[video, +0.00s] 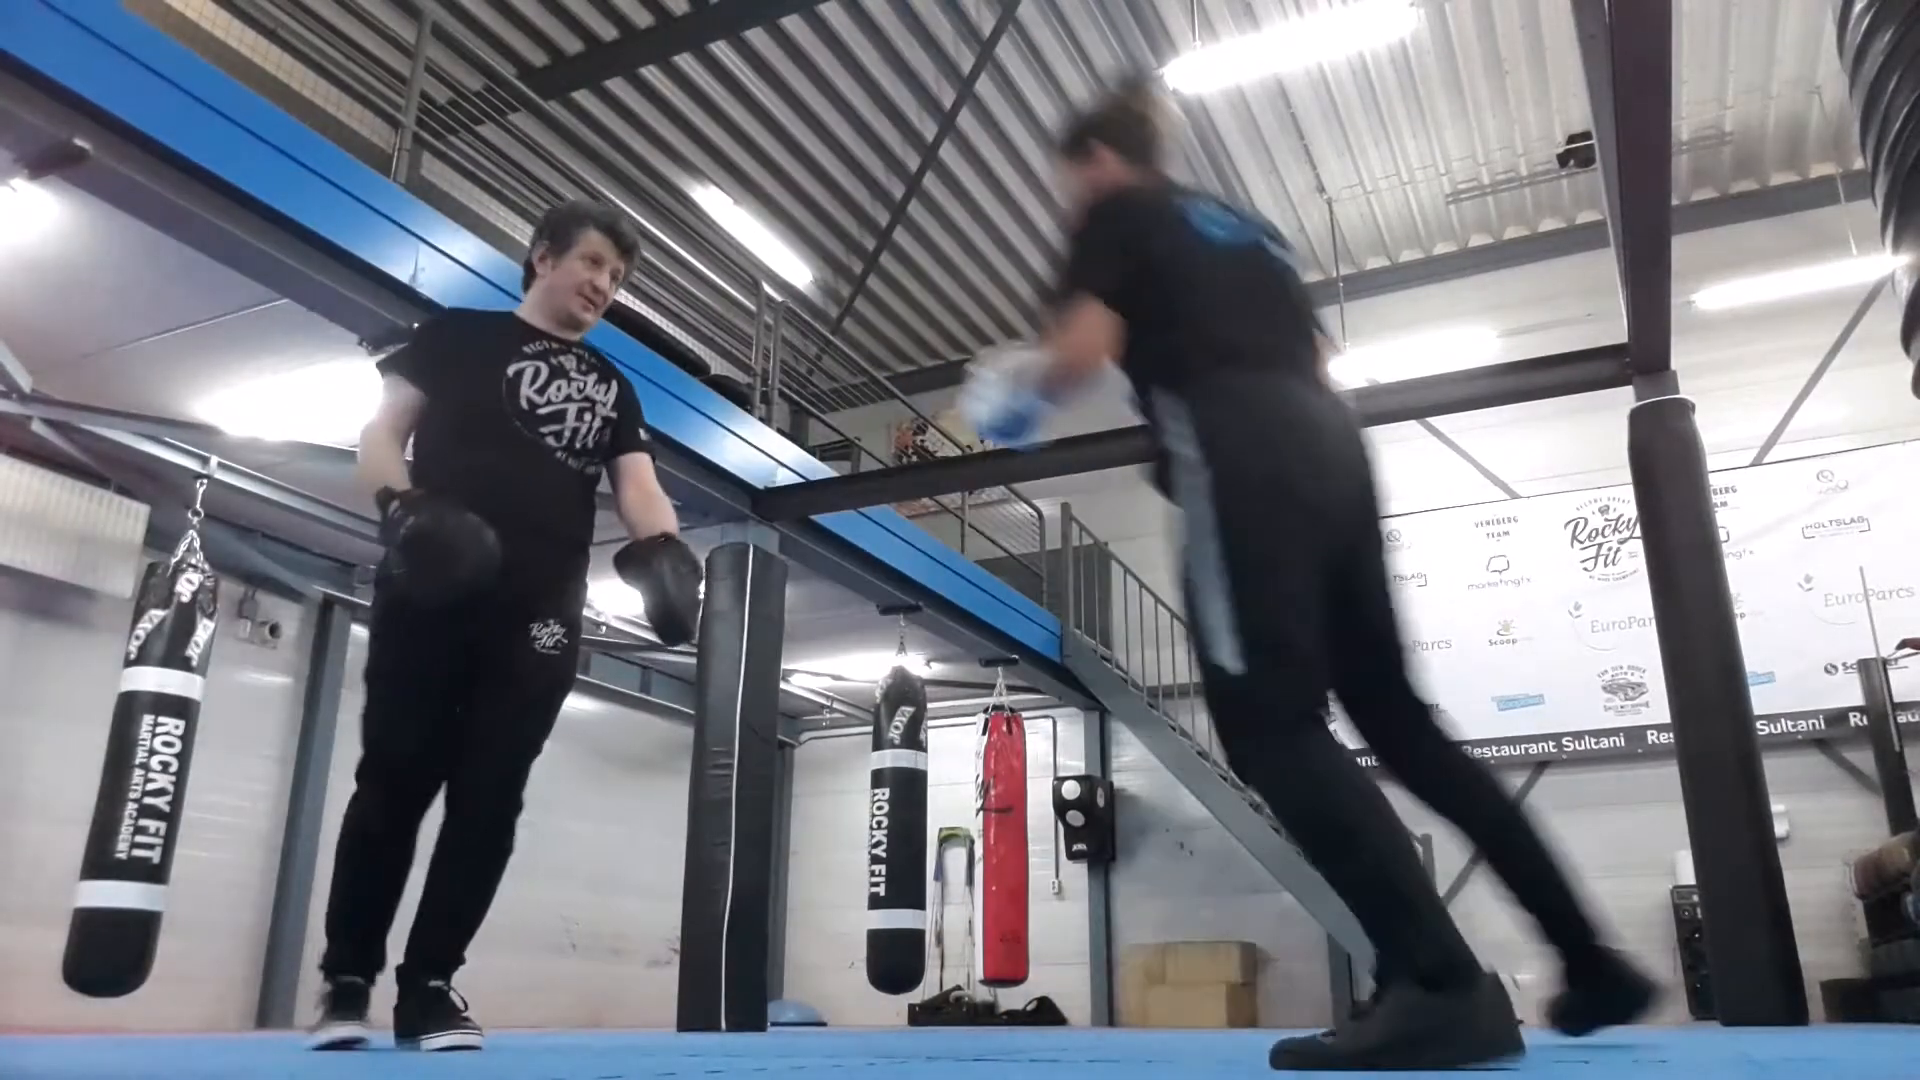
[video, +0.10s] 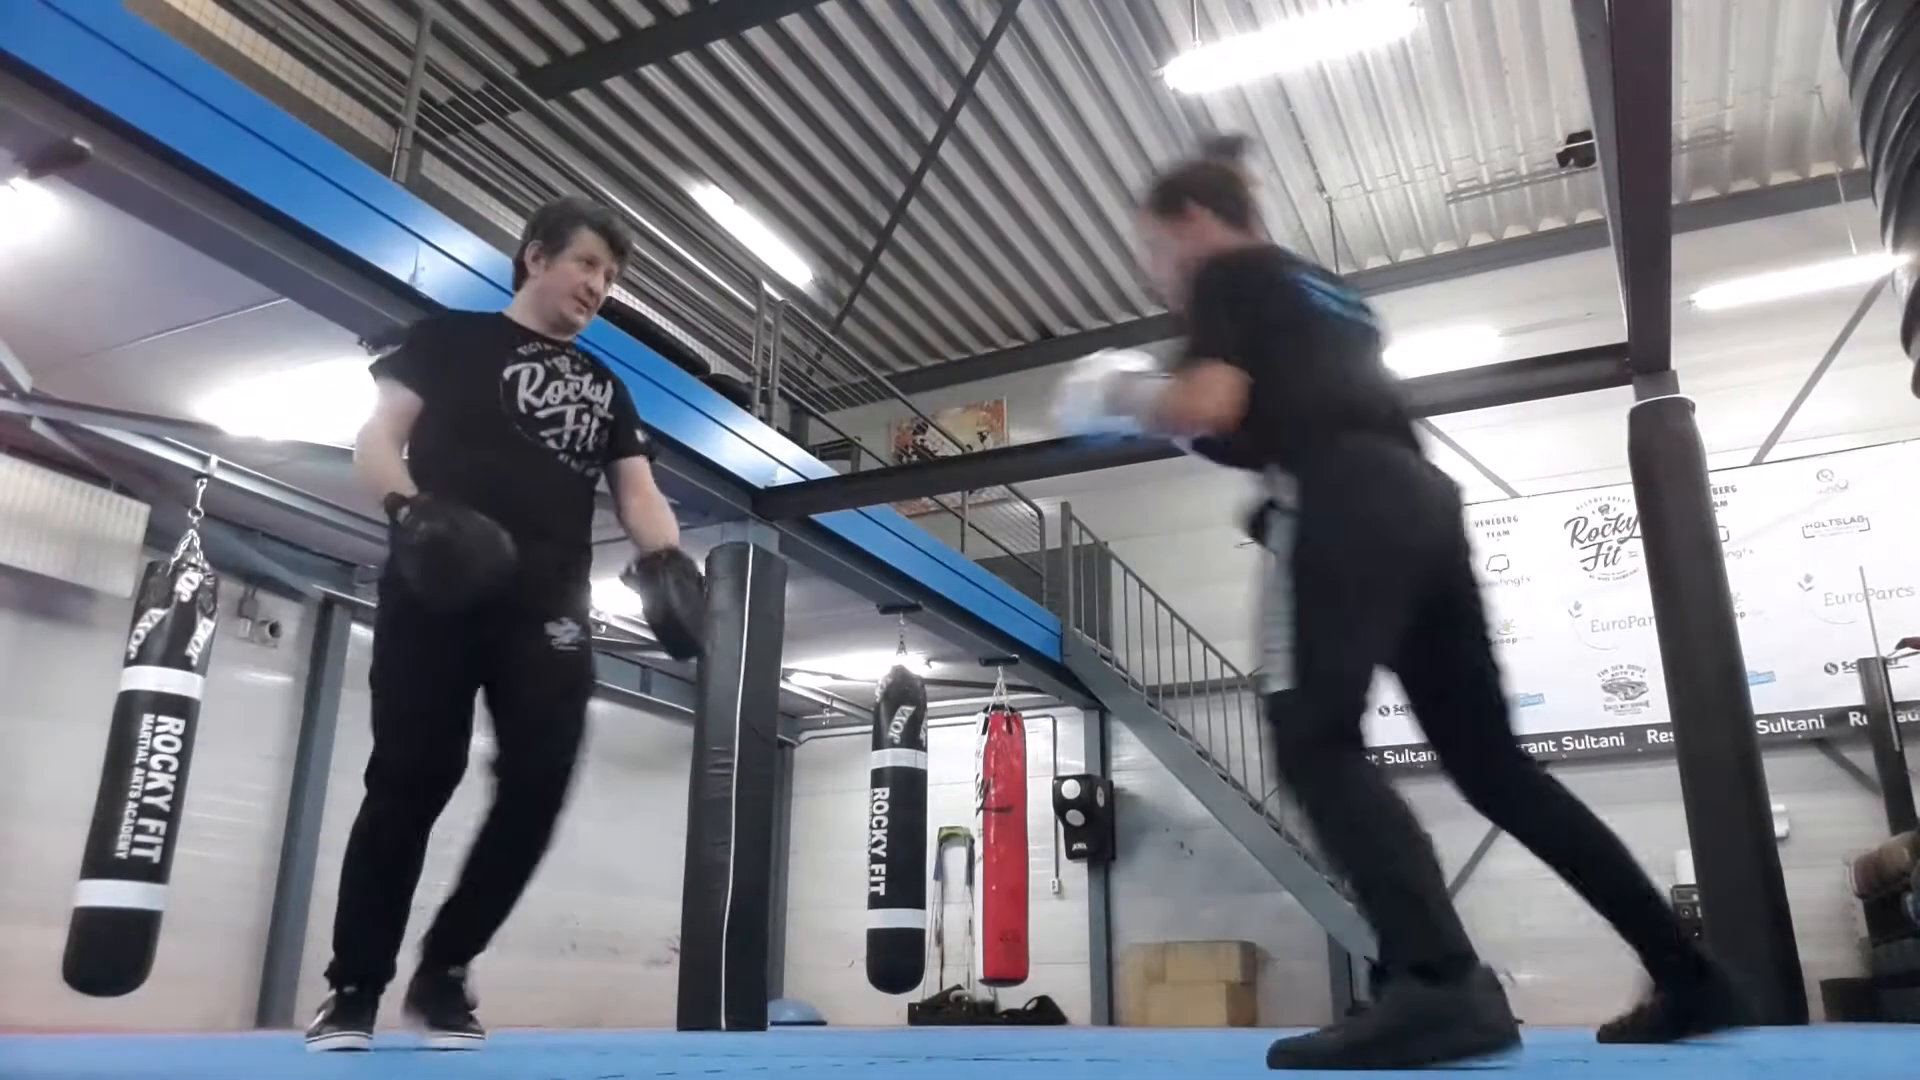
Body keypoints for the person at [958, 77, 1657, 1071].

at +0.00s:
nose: (1065, 198)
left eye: (1066, 180)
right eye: (1062, 183)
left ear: (1098, 161)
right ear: (1147, 157)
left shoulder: (1118, 218)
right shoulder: (1233, 223)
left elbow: (1083, 350)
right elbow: (1316, 363)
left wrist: (1028, 384)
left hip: (1242, 451)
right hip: (1330, 440)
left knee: (1270, 731)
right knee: (1393, 712)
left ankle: (1441, 989)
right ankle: (1594, 966)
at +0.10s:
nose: (1153, 269)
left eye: (1156, 246)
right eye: (1150, 250)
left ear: (1196, 225)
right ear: (1232, 224)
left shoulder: (1228, 276)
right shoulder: (1309, 285)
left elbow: (1212, 401)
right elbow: (1295, 428)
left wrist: (1130, 391)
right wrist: (1175, 412)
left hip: (1350, 501)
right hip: (1421, 498)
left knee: (1314, 743)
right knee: (1489, 763)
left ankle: (1440, 988)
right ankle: (1689, 978)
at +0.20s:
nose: (1228, 286)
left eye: (1232, 261)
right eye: (1224, 267)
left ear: (1284, 240)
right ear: (1301, 241)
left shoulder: (1320, 293)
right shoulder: (1372, 302)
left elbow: (1310, 403)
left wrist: (1221, 376)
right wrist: (1255, 400)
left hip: (1430, 527)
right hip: (1496, 527)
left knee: (1382, 715)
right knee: (1525, 775)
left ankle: (1439, 923)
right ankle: (1702, 991)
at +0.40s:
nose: (1285, 250)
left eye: (1290, 227)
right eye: (1281, 235)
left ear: (1338, 207)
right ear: (1357, 214)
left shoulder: (1372, 250)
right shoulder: (1412, 268)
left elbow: (1387, 340)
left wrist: (1310, 366)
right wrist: (1316, 349)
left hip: (1474, 481)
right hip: (1531, 479)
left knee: (1421, 689)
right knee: (1530, 718)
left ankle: (1563, 920)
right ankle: (1680, 918)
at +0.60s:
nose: (1355, 335)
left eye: (1359, 315)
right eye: (1350, 319)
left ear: (1405, 304)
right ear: (1420, 308)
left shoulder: (1432, 369)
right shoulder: (1472, 372)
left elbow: (1444, 447)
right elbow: (1438, 485)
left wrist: (1360, 445)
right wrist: (1372, 443)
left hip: (1521, 600)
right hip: (1559, 592)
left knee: (1453, 785)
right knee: (1553, 803)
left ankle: (1588, 979)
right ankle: (1665, 985)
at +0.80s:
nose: (1363, 337)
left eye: (1370, 319)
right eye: (1361, 323)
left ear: (1417, 309)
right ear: (1420, 315)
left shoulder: (1452, 373)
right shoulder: (1449, 384)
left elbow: (1485, 460)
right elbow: (1438, 473)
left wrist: (1385, 457)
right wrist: (1374, 449)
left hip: (1509, 586)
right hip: (1547, 588)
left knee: (1404, 744)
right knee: (1563, 789)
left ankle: (1447, 956)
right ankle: (1656, 978)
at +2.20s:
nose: (1401, 280)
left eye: (1417, 265)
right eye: (1405, 267)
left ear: (1467, 275)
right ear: (1468, 280)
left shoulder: (1491, 327)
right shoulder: (1481, 353)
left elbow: (1537, 404)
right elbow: (1499, 462)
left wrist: (1453, 505)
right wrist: (1443, 532)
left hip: (1521, 560)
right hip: (1546, 561)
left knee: (1494, 769)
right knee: (1597, 772)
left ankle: (1499, 996)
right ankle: (1760, 973)